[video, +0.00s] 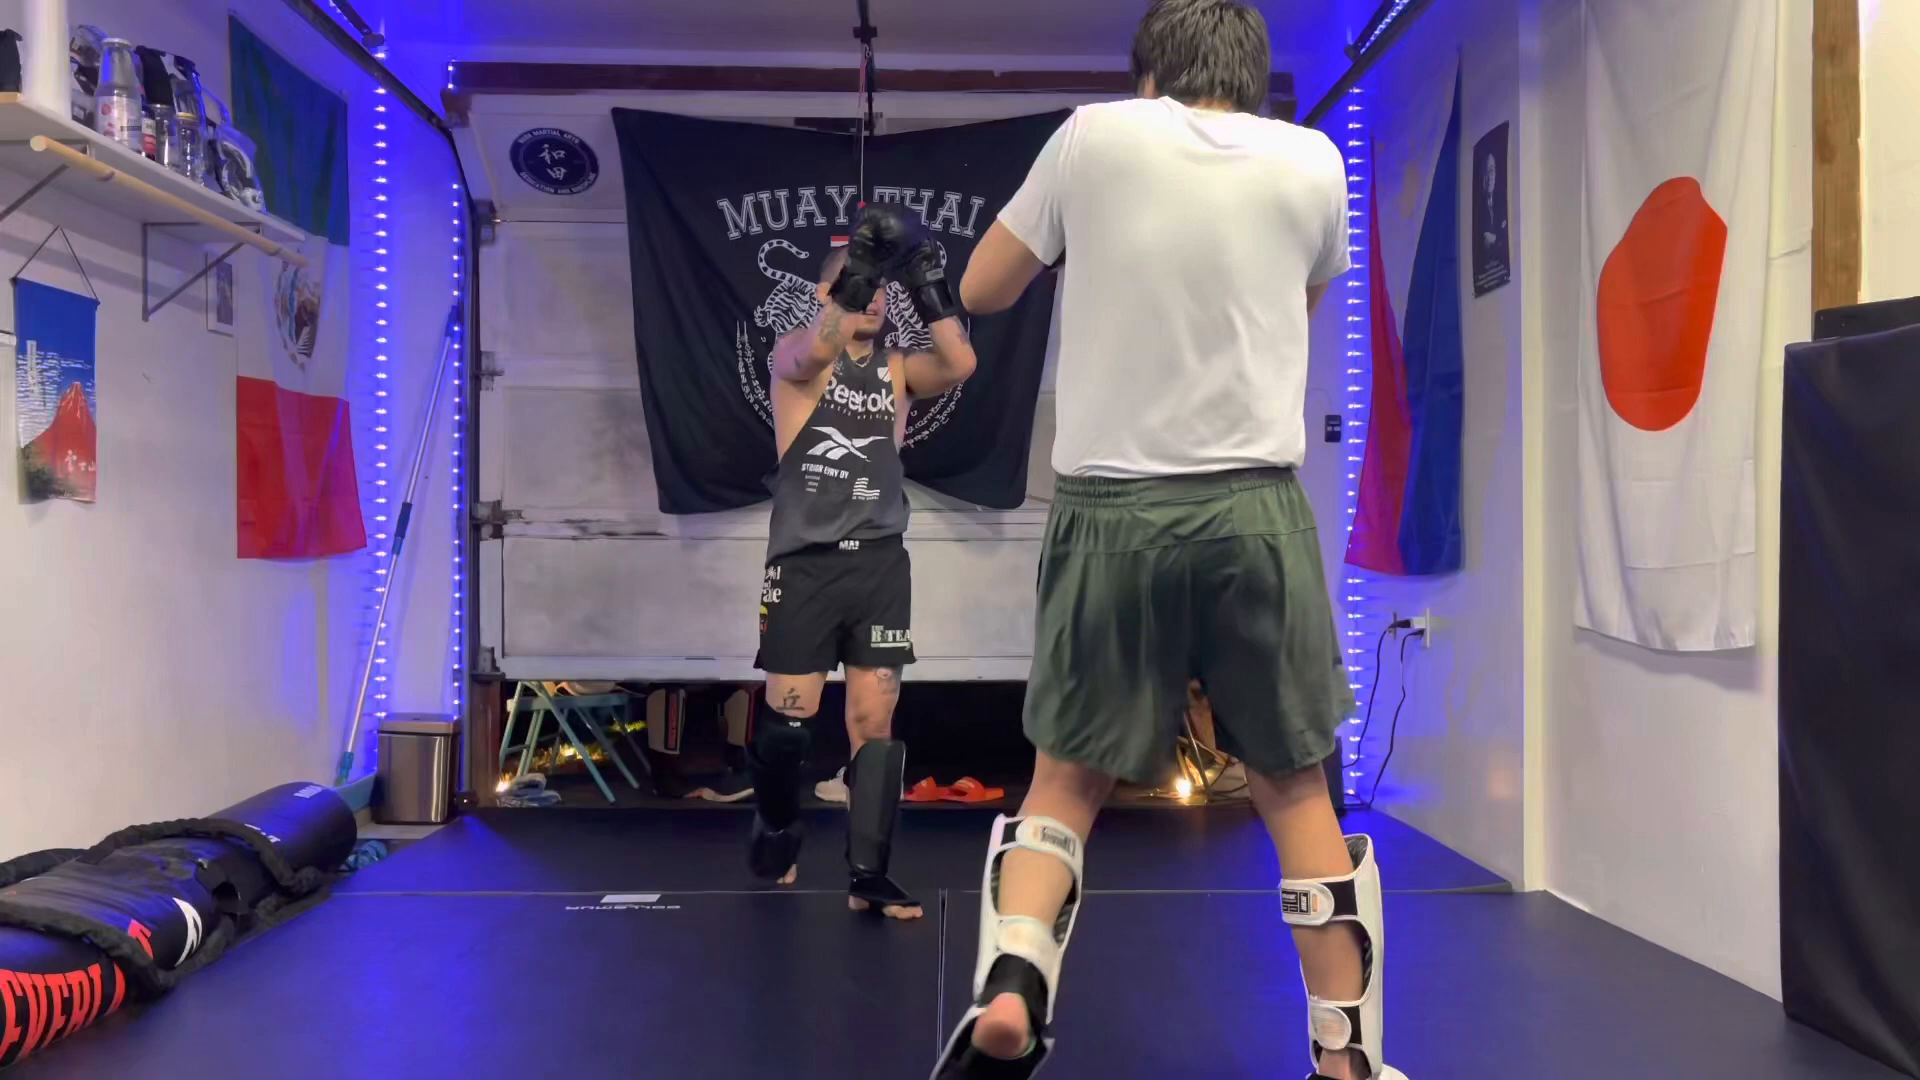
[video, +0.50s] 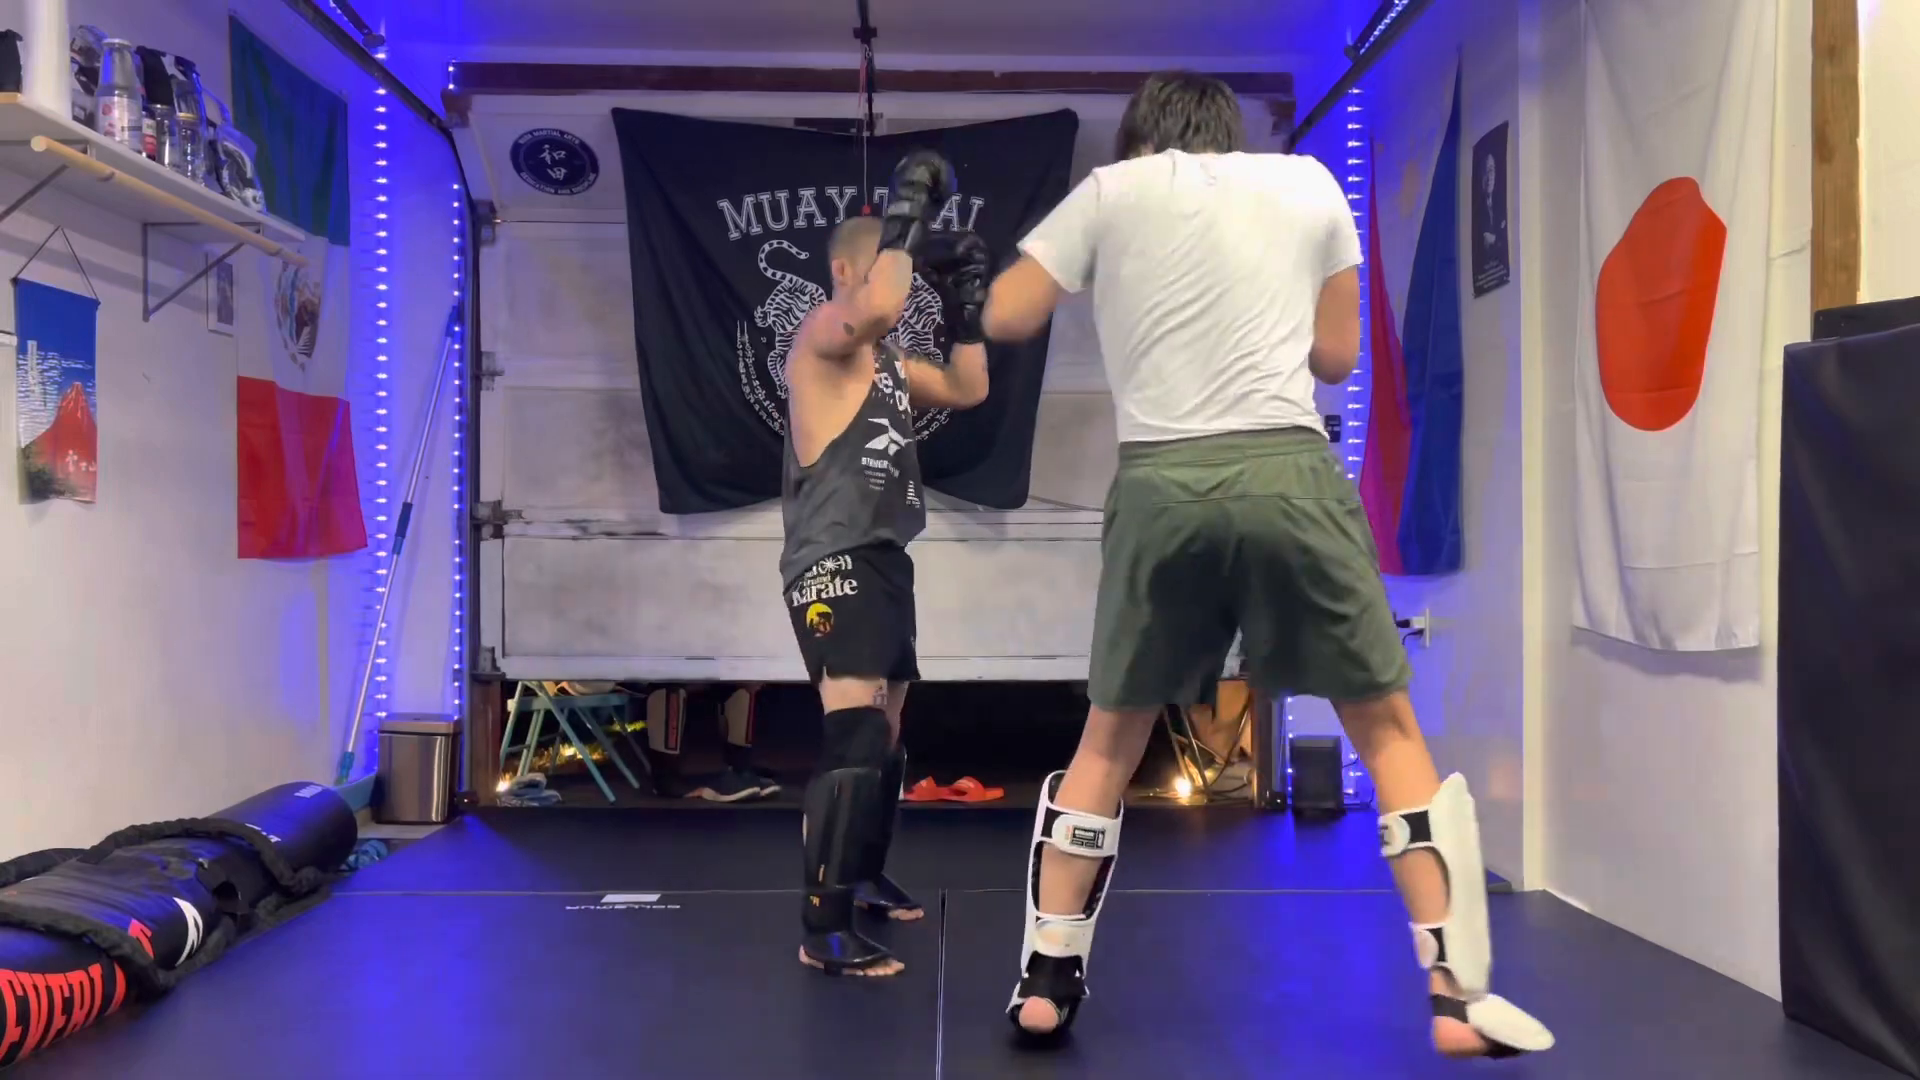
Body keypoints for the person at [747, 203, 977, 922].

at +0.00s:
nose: (872, 300)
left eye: (879, 290)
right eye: (857, 288)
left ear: (885, 299)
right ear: (823, 292)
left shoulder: (897, 367)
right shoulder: (793, 356)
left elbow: (959, 364)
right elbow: (814, 354)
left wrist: (929, 288)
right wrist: (853, 285)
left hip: (880, 561)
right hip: (803, 562)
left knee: (875, 715)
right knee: (790, 719)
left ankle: (869, 876)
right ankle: (777, 830)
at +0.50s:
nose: (896, 285)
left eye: (900, 273)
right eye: (887, 272)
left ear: (878, 280)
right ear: (847, 273)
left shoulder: (887, 359)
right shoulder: (822, 333)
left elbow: (969, 388)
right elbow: (876, 306)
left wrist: (967, 305)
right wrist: (904, 227)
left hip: (883, 556)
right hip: (834, 556)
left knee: (884, 724)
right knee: (856, 732)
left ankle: (864, 882)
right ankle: (824, 928)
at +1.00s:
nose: (903, 269)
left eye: (905, 256)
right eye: (889, 253)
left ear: (872, 263)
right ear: (839, 257)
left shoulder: (869, 342)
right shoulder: (808, 329)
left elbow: (929, 431)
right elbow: (832, 425)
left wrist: (959, 363)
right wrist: (894, 344)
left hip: (851, 559)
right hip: (833, 560)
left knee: (839, 748)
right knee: (924, 722)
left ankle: (775, 903)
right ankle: (875, 928)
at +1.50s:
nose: (902, 283)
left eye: (902, 268)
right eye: (890, 266)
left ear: (850, 270)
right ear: (842, 268)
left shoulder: (851, 354)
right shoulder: (794, 340)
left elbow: (927, 445)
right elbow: (777, 445)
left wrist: (959, 357)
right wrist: (873, 414)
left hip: (832, 578)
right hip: (814, 581)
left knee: (827, 757)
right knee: (900, 760)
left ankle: (745, 884)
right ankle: (874, 979)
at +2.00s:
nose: (814, 275)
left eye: (816, 263)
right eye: (800, 261)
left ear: (803, 274)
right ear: (749, 269)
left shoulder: (782, 352)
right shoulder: (715, 343)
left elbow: (847, 435)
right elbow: (705, 440)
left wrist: (887, 363)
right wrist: (775, 352)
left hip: (741, 576)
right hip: (710, 576)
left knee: (754, 751)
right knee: (795, 747)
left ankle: (696, 881)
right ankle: (706, 943)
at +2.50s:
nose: (703, 271)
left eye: (702, 257)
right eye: (688, 255)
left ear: (634, 269)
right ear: (634, 260)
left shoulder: (628, 351)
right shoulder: (607, 336)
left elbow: (699, 447)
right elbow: (634, 418)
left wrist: (748, 370)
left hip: (539, 596)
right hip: (565, 595)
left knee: (550, 776)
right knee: (662, 789)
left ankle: (424, 913)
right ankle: (658, 1014)